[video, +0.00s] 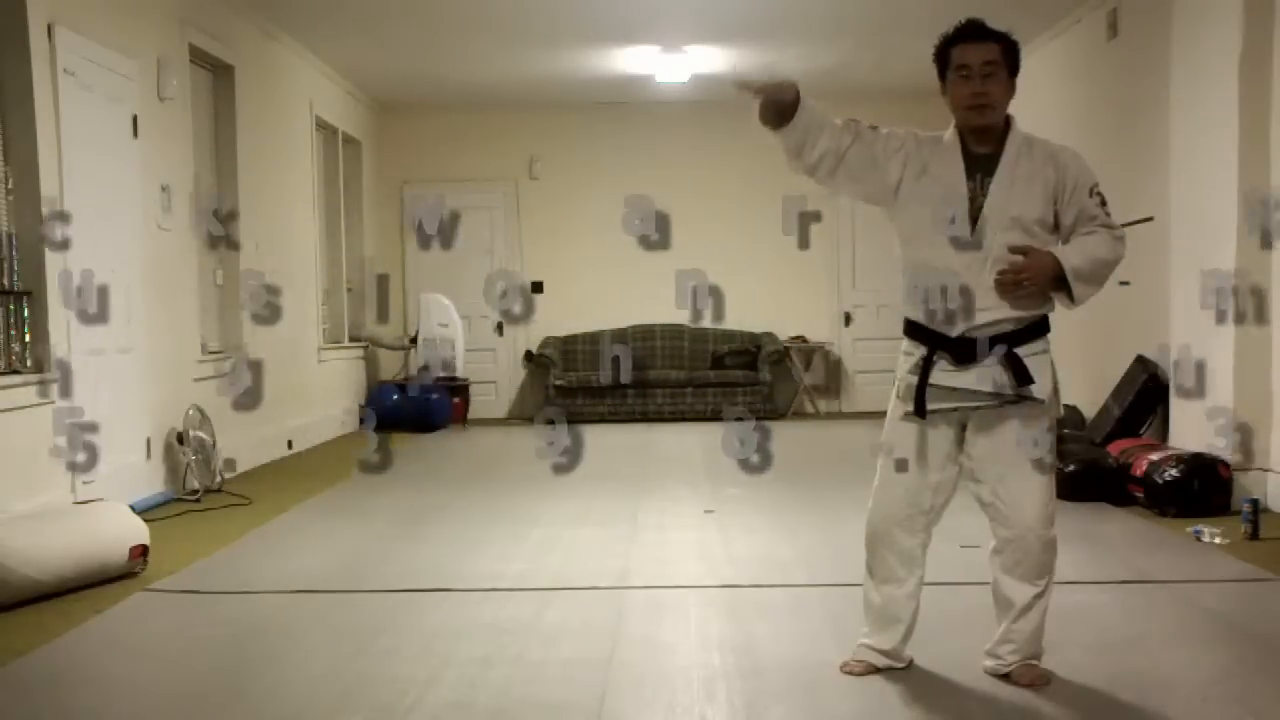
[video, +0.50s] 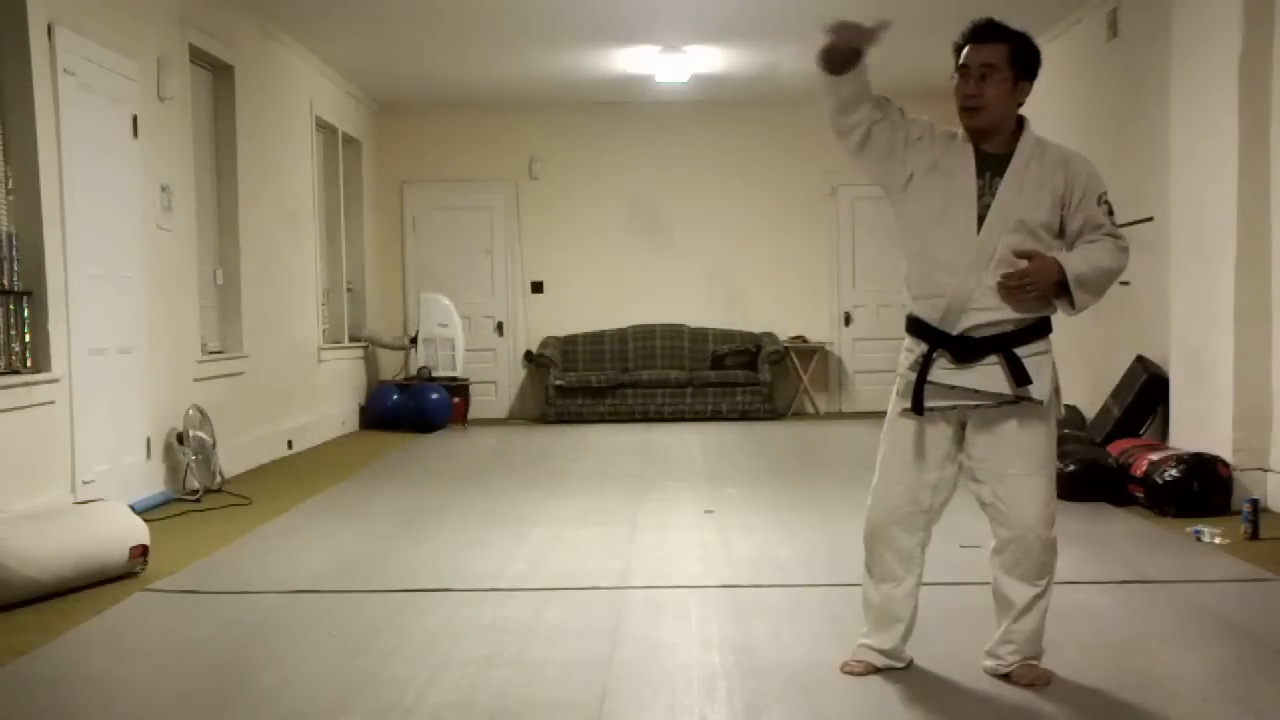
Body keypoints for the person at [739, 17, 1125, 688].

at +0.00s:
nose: (976, 84)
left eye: (990, 72)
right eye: (962, 73)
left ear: (1012, 83)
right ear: (942, 87)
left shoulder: (1058, 168)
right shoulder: (912, 157)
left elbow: (1104, 241)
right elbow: (837, 148)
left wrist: (1061, 264)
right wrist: (786, 107)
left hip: (1019, 370)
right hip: (929, 369)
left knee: (1029, 526)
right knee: (895, 516)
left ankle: (1015, 653)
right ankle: (882, 642)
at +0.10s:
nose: (966, 84)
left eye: (982, 71)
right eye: (955, 72)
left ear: (1013, 85)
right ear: (942, 85)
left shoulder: (1058, 168)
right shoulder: (910, 156)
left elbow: (1103, 242)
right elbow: (835, 136)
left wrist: (1063, 266)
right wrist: (791, 85)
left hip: (1018, 369)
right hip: (928, 367)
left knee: (1029, 526)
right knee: (895, 518)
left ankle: (1015, 653)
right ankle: (883, 642)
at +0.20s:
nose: (964, 86)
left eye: (981, 73)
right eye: (956, 73)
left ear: (1014, 87)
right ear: (943, 83)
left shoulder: (1058, 168)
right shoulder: (910, 156)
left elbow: (1103, 243)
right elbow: (839, 120)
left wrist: (1062, 269)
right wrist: (793, 50)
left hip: (1017, 370)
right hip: (927, 369)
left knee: (1028, 527)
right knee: (893, 517)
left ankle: (1017, 653)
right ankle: (882, 641)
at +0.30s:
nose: (965, 86)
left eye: (982, 73)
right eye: (958, 73)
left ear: (1016, 88)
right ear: (947, 83)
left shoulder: (1061, 169)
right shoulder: (913, 153)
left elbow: (1106, 247)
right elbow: (843, 116)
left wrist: (1064, 270)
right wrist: (804, 46)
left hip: (1016, 370)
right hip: (927, 369)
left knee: (1028, 527)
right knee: (892, 518)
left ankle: (1016, 653)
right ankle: (882, 642)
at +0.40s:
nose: (967, 87)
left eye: (984, 73)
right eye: (960, 74)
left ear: (1020, 89)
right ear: (950, 84)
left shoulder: (1063, 171)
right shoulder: (915, 154)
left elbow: (1107, 249)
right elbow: (850, 118)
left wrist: (1064, 273)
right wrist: (818, 54)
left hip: (1016, 370)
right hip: (927, 367)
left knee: (1027, 527)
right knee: (892, 518)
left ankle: (1016, 653)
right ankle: (882, 642)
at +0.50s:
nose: (968, 87)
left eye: (987, 74)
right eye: (962, 74)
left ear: (1021, 88)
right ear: (953, 83)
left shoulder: (1064, 171)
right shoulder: (918, 154)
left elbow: (1110, 251)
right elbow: (861, 120)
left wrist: (1063, 271)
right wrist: (841, 66)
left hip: (1018, 365)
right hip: (927, 362)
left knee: (1029, 526)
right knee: (893, 515)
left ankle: (1015, 654)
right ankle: (882, 641)